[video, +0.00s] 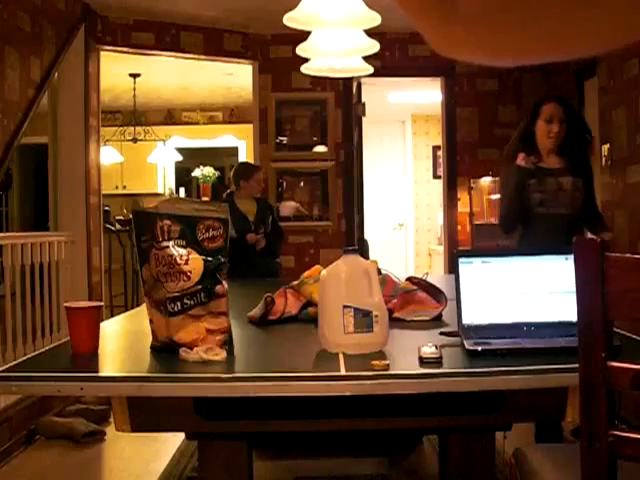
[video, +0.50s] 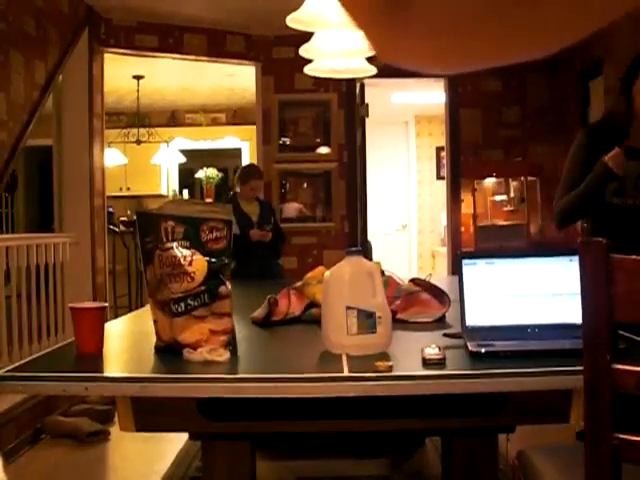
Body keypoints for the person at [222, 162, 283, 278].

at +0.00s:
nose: (262, 186)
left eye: (262, 181)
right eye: (257, 182)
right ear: (243, 183)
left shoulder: (265, 206)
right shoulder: (225, 206)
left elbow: (278, 236)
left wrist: (265, 242)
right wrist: (244, 240)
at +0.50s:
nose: (255, 193)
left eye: (258, 189)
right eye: (252, 189)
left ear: (262, 186)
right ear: (241, 186)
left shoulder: (266, 206)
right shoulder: (229, 206)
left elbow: (280, 236)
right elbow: (226, 240)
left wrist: (270, 236)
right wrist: (249, 236)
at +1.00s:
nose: (256, 197)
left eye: (260, 192)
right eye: (252, 192)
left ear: (264, 189)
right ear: (241, 187)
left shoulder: (268, 207)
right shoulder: (230, 206)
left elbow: (282, 239)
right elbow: (225, 241)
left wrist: (271, 237)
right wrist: (247, 237)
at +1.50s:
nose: (256, 197)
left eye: (260, 193)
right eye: (252, 192)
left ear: (264, 190)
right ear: (241, 187)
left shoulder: (268, 207)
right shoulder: (230, 206)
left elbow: (282, 238)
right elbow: (226, 243)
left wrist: (270, 237)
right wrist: (248, 237)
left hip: (268, 270)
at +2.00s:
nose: (256, 197)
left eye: (260, 193)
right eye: (252, 192)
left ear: (264, 189)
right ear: (241, 187)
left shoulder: (268, 207)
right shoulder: (230, 206)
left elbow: (282, 238)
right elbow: (226, 242)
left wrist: (271, 237)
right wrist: (248, 237)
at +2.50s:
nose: (256, 197)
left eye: (260, 193)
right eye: (252, 192)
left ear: (264, 190)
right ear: (241, 186)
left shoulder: (268, 207)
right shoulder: (230, 206)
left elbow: (283, 238)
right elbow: (226, 241)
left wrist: (271, 238)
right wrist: (247, 237)